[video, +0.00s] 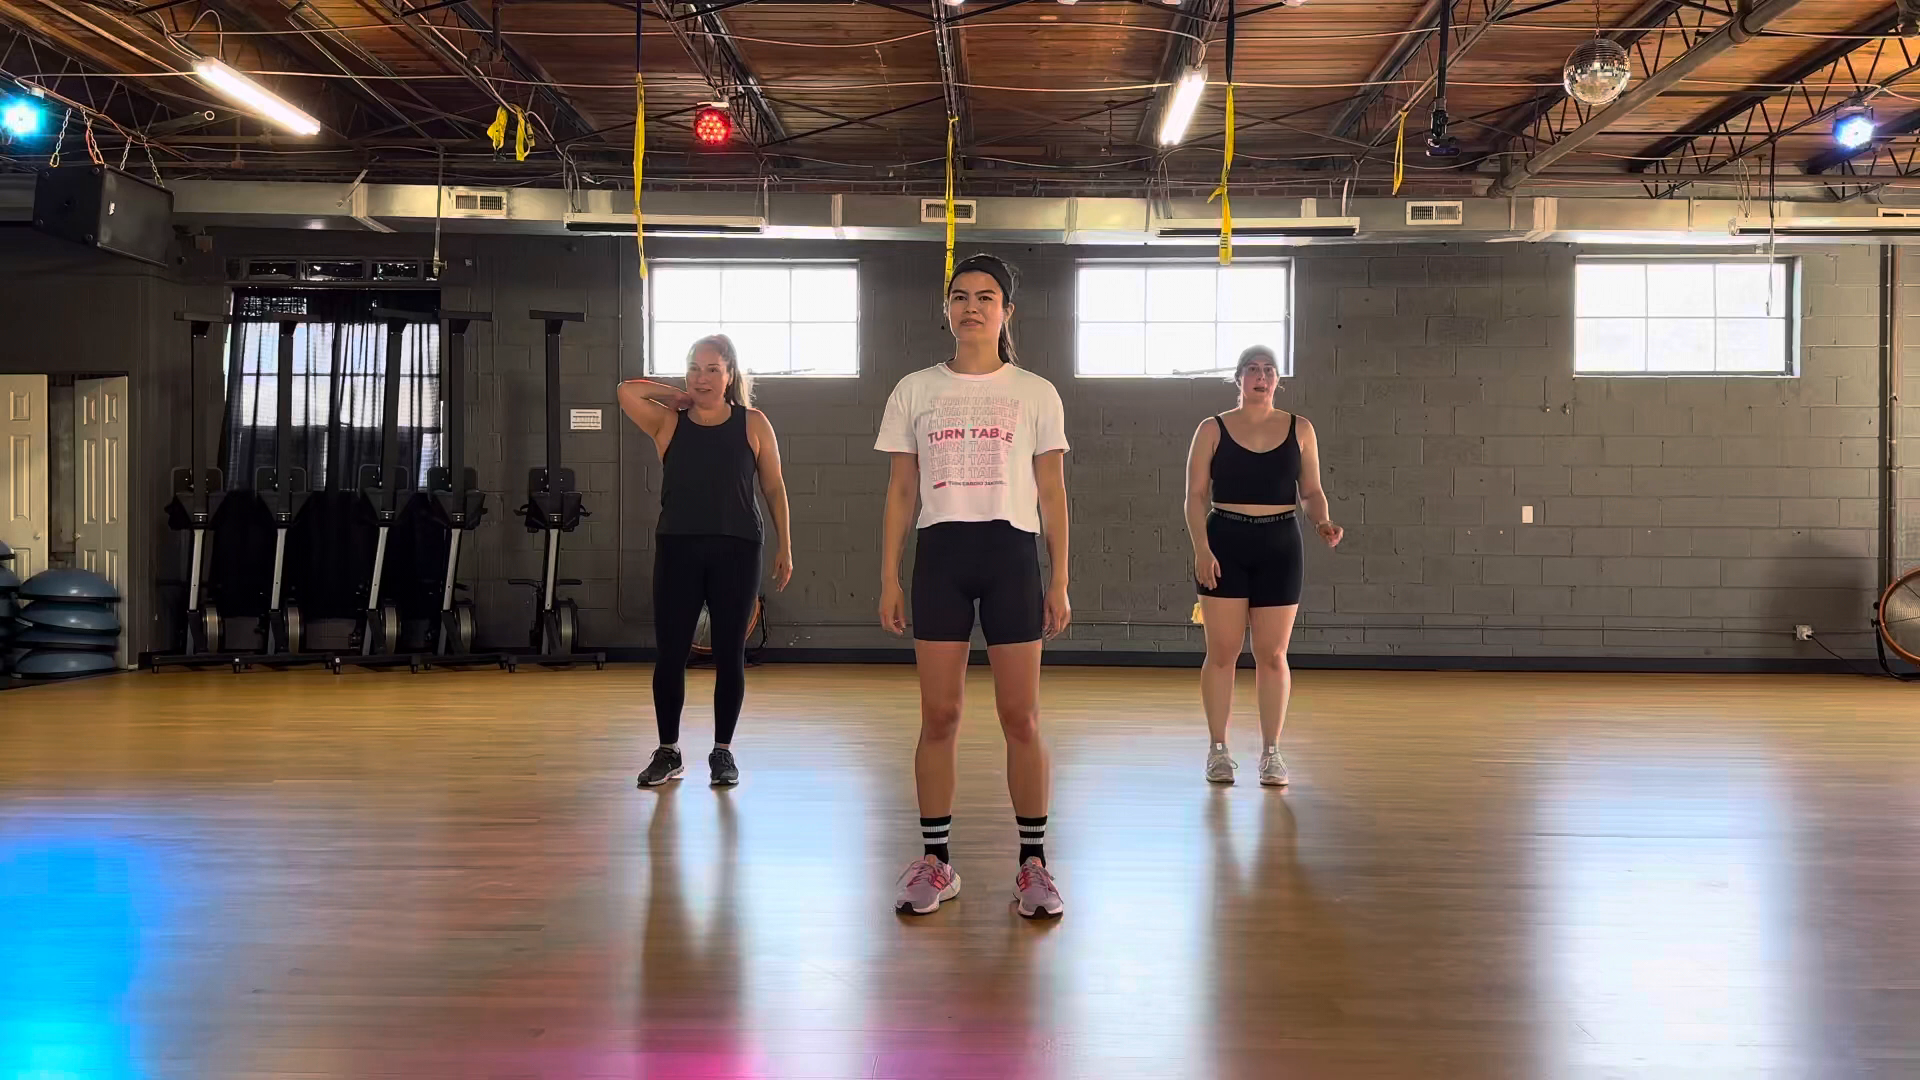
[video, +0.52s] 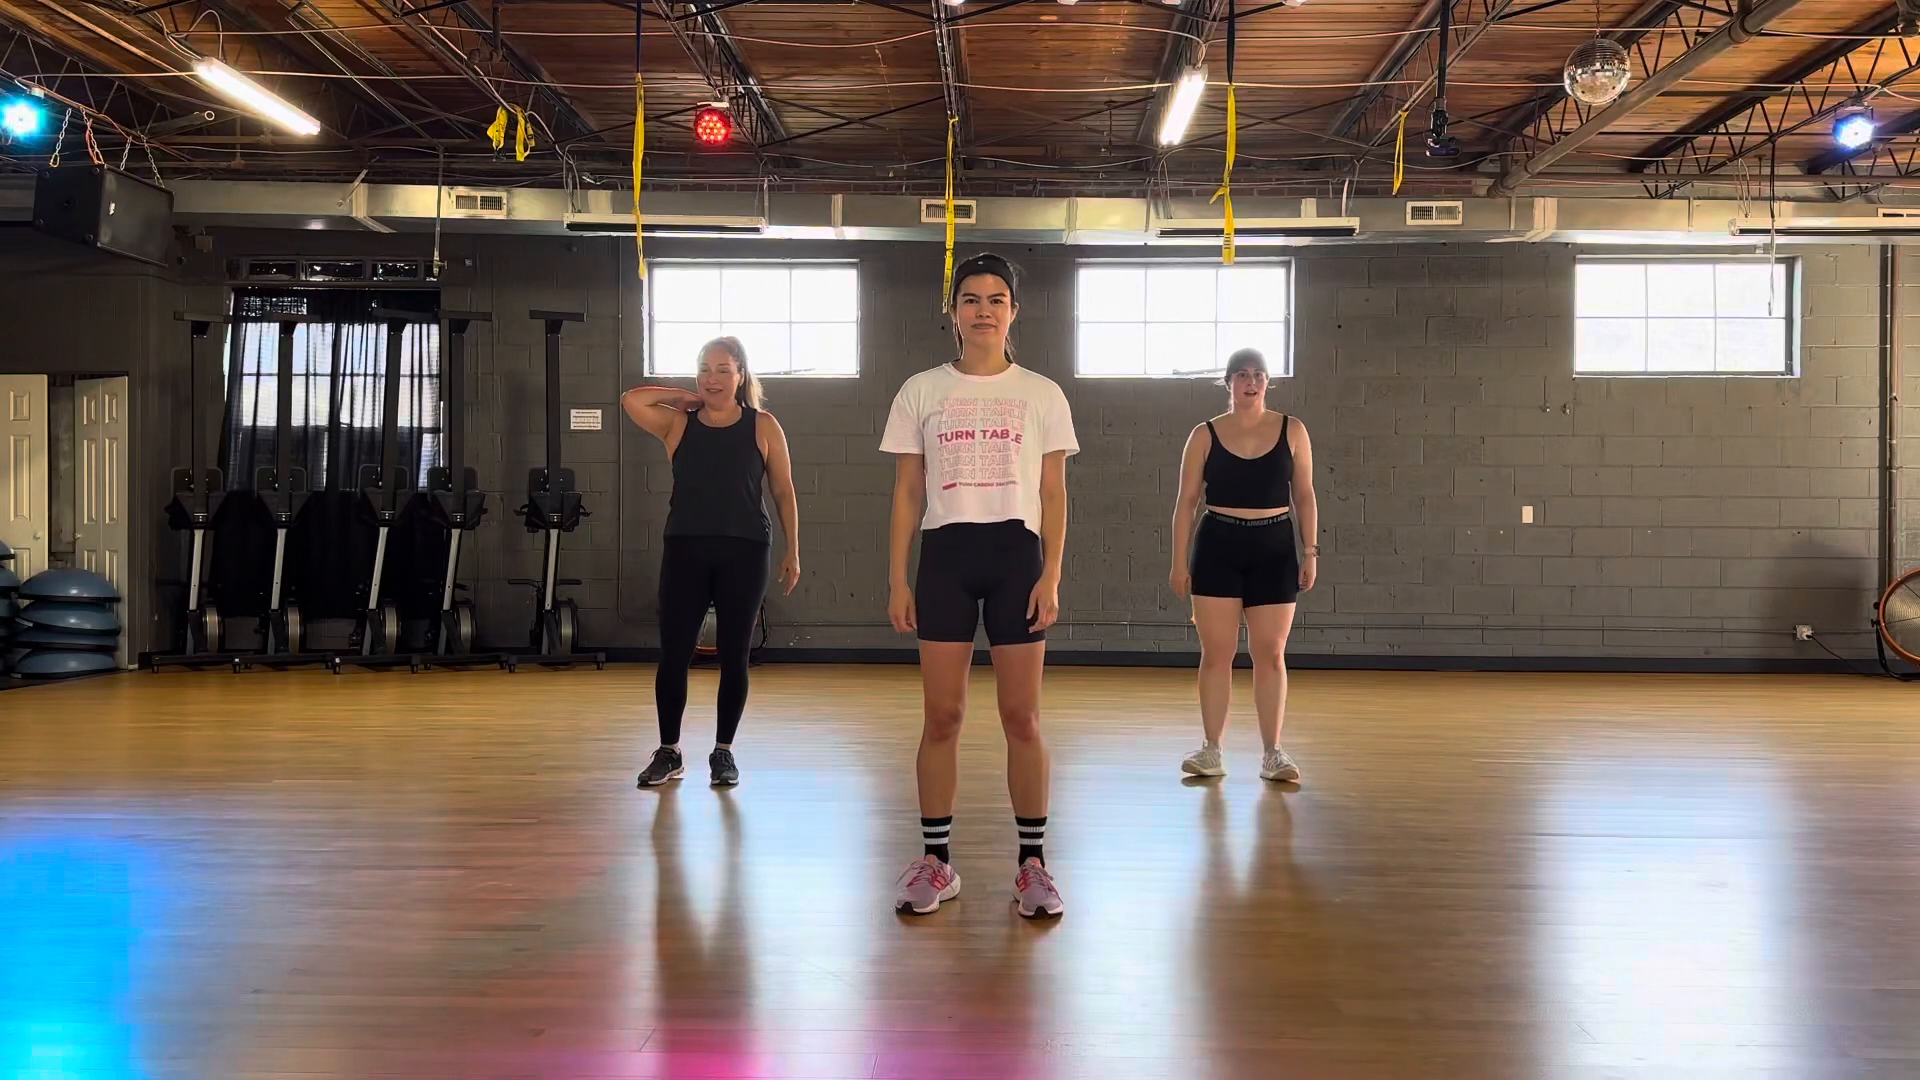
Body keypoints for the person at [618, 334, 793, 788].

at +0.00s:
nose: (703, 376)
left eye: (713, 369)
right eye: (696, 369)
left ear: (730, 375)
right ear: (688, 375)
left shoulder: (754, 423)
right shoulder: (666, 422)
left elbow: (775, 489)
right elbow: (625, 390)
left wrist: (784, 548)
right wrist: (671, 392)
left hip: (736, 552)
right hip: (677, 551)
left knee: (729, 654)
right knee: (670, 653)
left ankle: (722, 751)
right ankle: (667, 750)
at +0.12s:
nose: (706, 378)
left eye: (716, 370)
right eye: (699, 369)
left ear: (734, 376)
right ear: (691, 376)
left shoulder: (757, 424)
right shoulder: (669, 422)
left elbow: (777, 488)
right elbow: (627, 391)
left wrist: (787, 548)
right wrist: (675, 393)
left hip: (739, 551)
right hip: (680, 550)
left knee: (732, 654)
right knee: (670, 652)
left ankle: (722, 750)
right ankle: (667, 750)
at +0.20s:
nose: (708, 378)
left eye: (718, 370)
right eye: (701, 370)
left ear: (736, 376)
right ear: (693, 376)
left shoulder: (758, 424)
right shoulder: (671, 423)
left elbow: (779, 489)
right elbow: (628, 394)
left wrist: (788, 550)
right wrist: (674, 393)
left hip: (740, 553)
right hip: (682, 551)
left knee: (732, 655)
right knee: (674, 653)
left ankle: (722, 750)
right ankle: (668, 751)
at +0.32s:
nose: (711, 377)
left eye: (721, 369)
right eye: (704, 369)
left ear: (738, 375)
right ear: (695, 376)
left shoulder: (762, 425)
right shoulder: (673, 422)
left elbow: (781, 490)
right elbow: (629, 394)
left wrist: (790, 550)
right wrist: (677, 393)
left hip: (742, 552)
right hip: (684, 550)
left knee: (733, 655)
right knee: (675, 653)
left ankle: (722, 751)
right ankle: (668, 752)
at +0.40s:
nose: (713, 377)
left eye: (723, 369)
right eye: (705, 369)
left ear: (740, 376)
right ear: (697, 376)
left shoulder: (763, 425)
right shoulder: (674, 422)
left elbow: (783, 490)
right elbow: (631, 395)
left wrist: (791, 550)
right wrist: (677, 392)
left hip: (744, 552)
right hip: (685, 550)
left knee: (733, 655)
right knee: (673, 651)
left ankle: (722, 751)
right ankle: (667, 751)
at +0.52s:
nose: (714, 378)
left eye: (723, 369)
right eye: (706, 370)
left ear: (741, 375)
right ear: (698, 376)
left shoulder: (764, 426)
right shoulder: (676, 422)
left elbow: (784, 492)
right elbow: (631, 399)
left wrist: (792, 551)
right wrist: (677, 392)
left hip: (744, 552)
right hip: (685, 550)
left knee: (733, 654)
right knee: (674, 652)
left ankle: (722, 750)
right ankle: (667, 751)